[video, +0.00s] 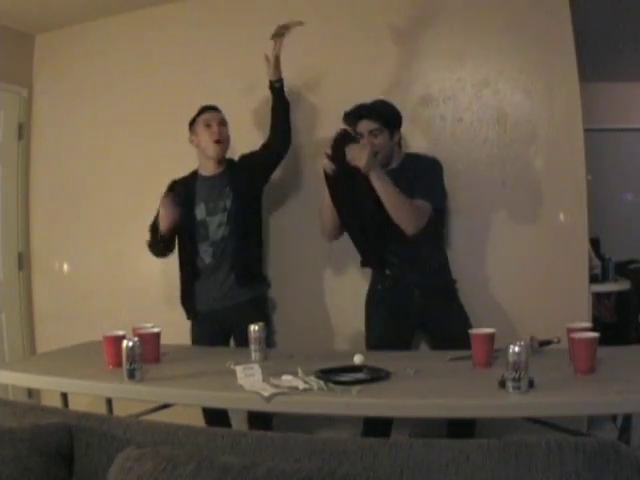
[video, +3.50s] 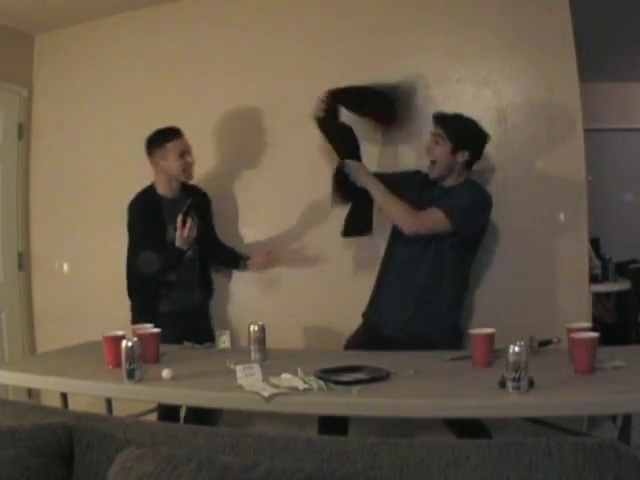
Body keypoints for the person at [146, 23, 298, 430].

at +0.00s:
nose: (219, 130)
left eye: (223, 125)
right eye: (209, 126)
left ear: (229, 135)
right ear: (193, 139)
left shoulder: (248, 173)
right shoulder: (179, 189)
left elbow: (279, 141)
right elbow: (159, 250)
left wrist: (275, 75)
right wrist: (164, 227)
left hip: (249, 300)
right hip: (205, 306)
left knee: (258, 386)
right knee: (210, 394)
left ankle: (262, 458)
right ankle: (224, 459)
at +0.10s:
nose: (216, 134)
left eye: (220, 130)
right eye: (207, 130)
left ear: (227, 142)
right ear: (191, 144)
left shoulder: (245, 176)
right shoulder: (179, 192)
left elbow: (274, 136)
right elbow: (151, 233)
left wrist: (274, 77)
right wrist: (161, 185)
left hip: (245, 304)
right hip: (200, 309)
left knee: (251, 385)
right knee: (206, 394)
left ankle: (253, 454)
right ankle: (221, 456)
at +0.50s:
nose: (211, 134)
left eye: (217, 129)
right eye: (203, 129)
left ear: (226, 140)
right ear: (191, 142)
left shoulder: (242, 178)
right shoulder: (185, 185)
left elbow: (265, 161)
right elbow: (168, 180)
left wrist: (271, 113)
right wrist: (173, 129)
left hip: (236, 297)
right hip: (195, 299)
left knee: (243, 376)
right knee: (182, 376)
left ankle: (245, 447)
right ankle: (202, 444)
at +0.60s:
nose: (206, 136)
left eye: (211, 131)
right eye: (198, 132)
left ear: (219, 144)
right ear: (186, 145)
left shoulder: (238, 183)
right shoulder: (181, 185)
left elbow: (263, 192)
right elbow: (171, 205)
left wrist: (265, 147)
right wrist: (175, 155)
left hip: (234, 299)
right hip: (192, 302)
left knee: (245, 379)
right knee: (180, 380)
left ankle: (246, 450)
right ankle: (189, 447)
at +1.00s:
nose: (175, 148)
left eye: (178, 143)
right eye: (166, 146)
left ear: (188, 151)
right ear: (155, 158)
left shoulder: (217, 191)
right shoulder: (154, 199)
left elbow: (251, 227)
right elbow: (170, 227)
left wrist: (275, 205)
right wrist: (168, 167)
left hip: (229, 303)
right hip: (186, 308)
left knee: (249, 379)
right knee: (176, 383)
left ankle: (263, 448)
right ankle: (185, 449)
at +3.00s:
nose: (144, 154)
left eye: (140, 148)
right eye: (134, 151)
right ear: (115, 165)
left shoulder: (162, 192)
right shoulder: (113, 211)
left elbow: (191, 235)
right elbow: (144, 260)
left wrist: (236, 227)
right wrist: (183, 226)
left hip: (205, 297)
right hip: (168, 310)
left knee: (250, 348)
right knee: (171, 382)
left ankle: (251, 427)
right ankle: (166, 451)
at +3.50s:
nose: (189, 159)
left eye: (188, 153)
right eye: (180, 155)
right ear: (157, 164)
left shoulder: (198, 199)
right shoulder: (142, 206)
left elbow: (210, 248)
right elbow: (144, 267)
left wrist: (245, 261)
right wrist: (179, 247)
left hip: (196, 311)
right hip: (158, 316)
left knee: (206, 391)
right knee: (169, 394)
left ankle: (198, 456)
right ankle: (167, 459)